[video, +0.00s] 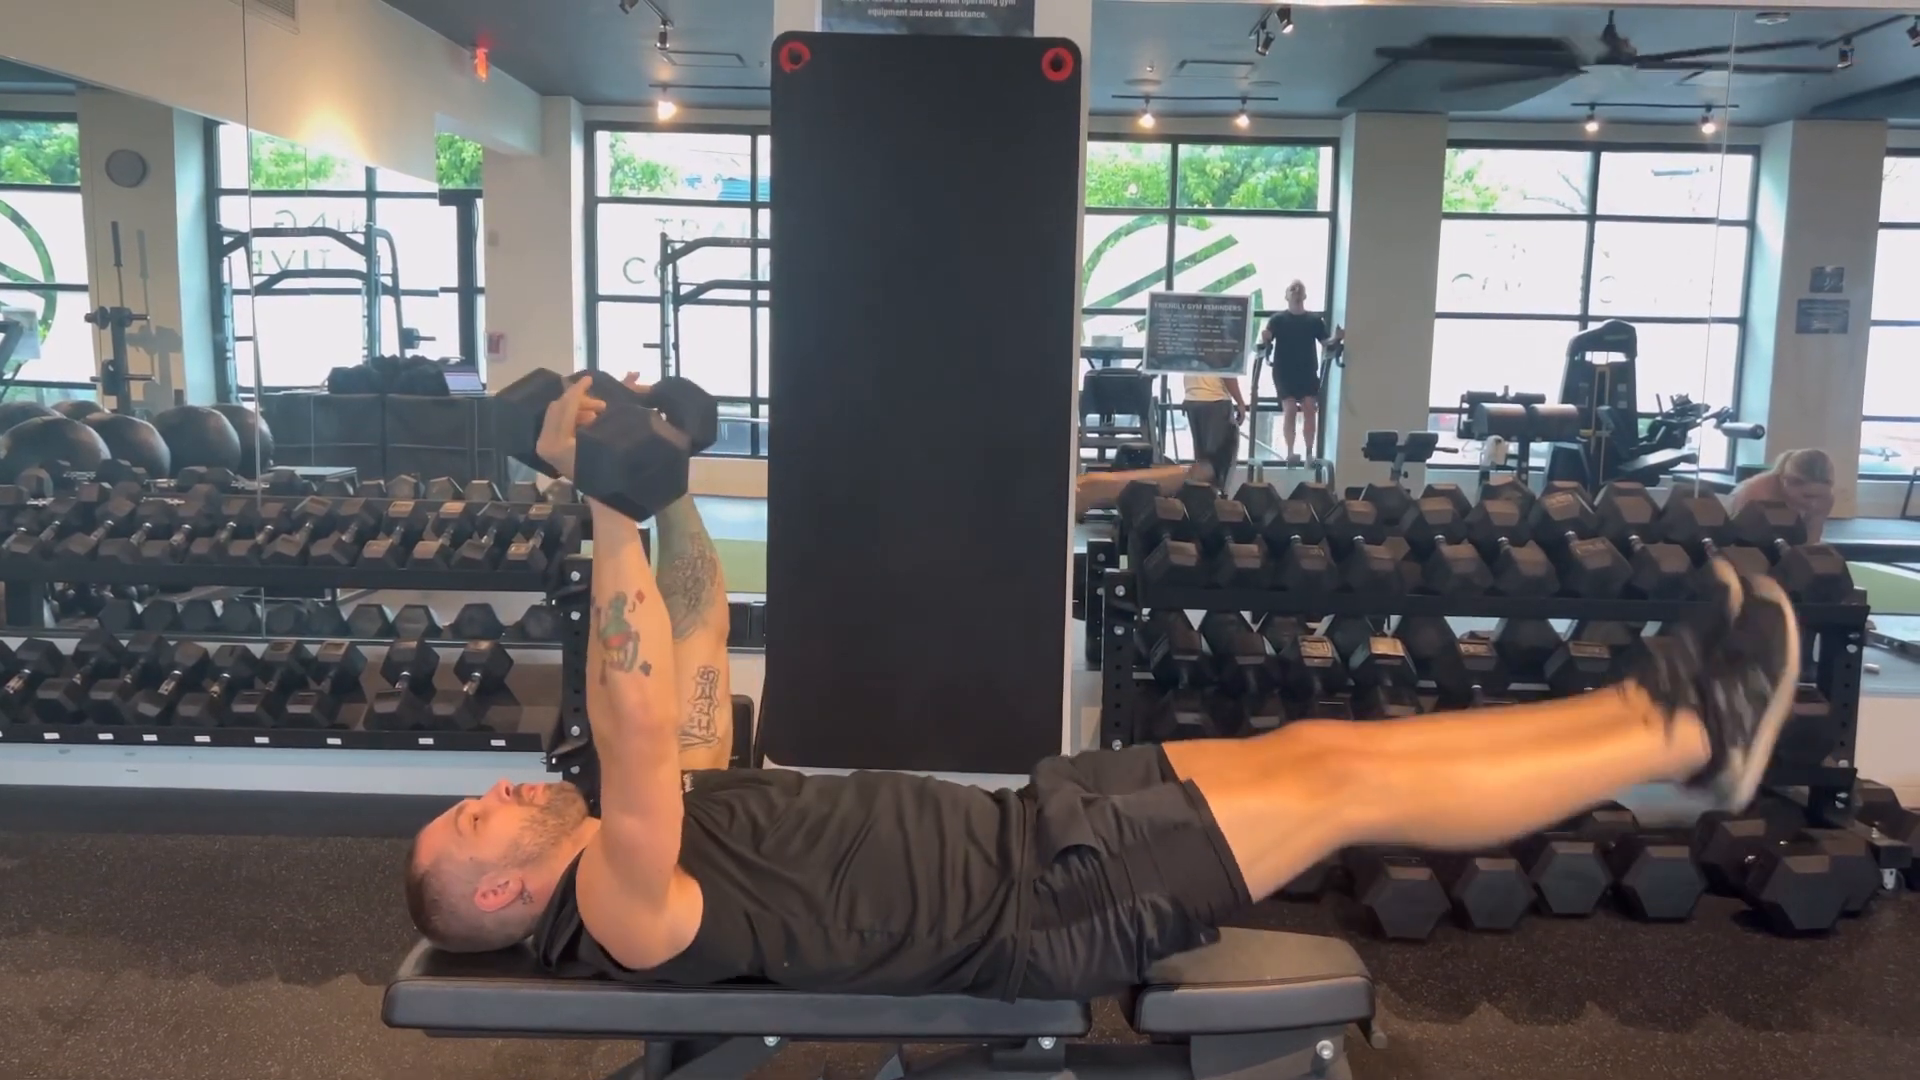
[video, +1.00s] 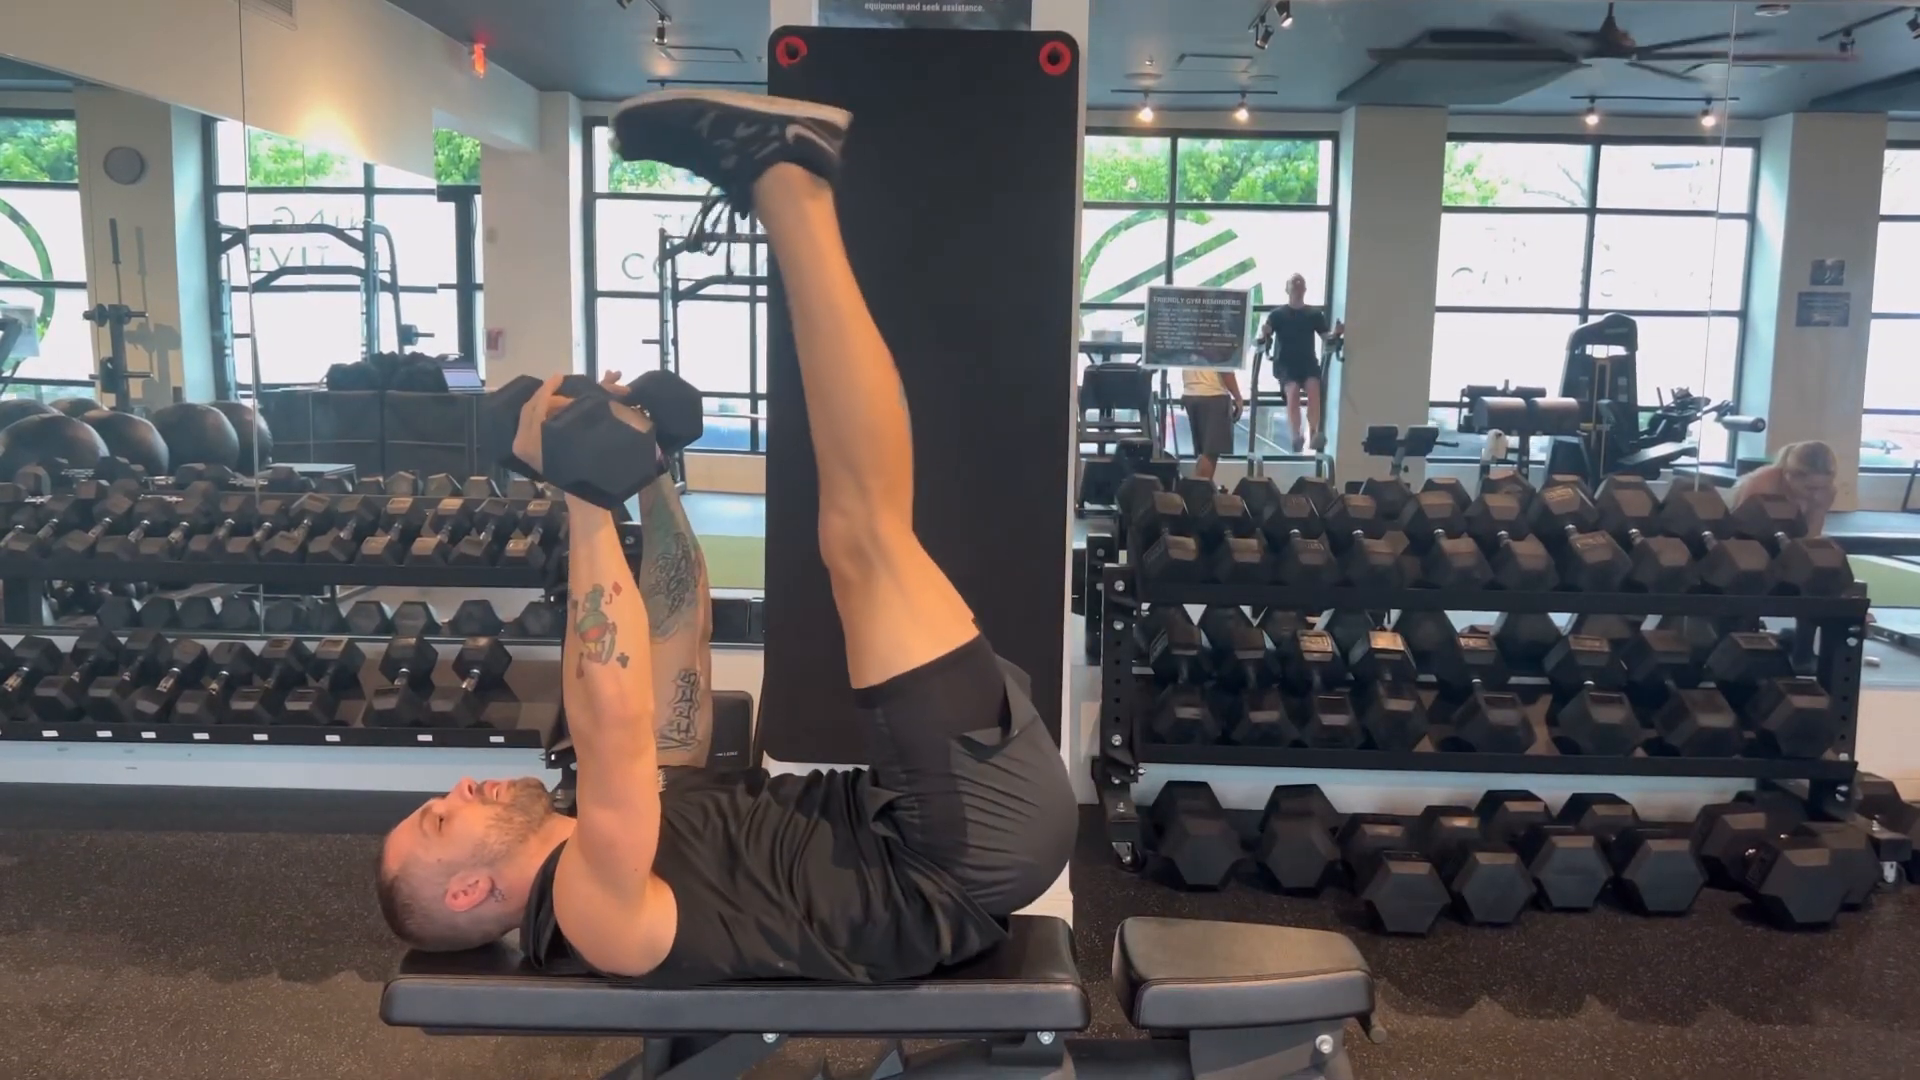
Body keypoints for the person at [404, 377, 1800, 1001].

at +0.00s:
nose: (503, 799)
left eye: (481, 805)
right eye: (484, 834)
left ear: (536, 844)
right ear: (520, 906)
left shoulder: (653, 823)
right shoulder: (628, 899)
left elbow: (698, 656)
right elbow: (631, 688)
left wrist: (651, 494)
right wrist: (613, 508)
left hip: (1043, 813)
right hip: (1050, 895)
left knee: (1333, 746)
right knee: (1346, 774)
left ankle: (1668, 708)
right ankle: (1686, 731)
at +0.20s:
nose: (490, 794)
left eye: (474, 808)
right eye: (474, 833)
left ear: (524, 832)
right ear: (507, 893)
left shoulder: (636, 828)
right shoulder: (625, 907)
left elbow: (686, 646)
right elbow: (628, 690)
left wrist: (634, 472)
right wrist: (620, 504)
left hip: (1005, 821)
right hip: (1032, 889)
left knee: (1249, 631)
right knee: (1259, 650)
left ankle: (1504, 446)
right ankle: (1543, 454)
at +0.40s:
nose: (492, 791)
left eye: (466, 801)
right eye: (467, 823)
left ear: (509, 840)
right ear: (499, 893)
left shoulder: (646, 833)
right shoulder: (620, 907)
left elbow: (691, 643)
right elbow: (630, 724)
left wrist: (647, 482)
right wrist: (607, 500)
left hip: (979, 842)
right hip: (1013, 897)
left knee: (1084, 556)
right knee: (1101, 565)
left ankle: (1214, 246)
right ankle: (1221, 242)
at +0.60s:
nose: (477, 785)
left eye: (447, 797)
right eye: (453, 812)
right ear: (483, 882)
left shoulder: (612, 851)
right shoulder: (602, 900)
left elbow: (682, 641)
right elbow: (620, 703)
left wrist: (644, 478)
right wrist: (594, 498)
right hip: (971, 871)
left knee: (950, 531)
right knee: (947, 534)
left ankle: (941, 182)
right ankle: (939, 175)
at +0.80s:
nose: (473, 783)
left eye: (442, 797)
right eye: (448, 812)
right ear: (481, 887)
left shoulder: (620, 841)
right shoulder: (602, 900)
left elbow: (680, 615)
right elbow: (611, 694)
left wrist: (646, 471)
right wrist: (585, 493)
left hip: (927, 815)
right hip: (968, 841)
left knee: (875, 524)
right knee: (869, 528)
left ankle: (798, 179)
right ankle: (792, 174)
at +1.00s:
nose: (470, 783)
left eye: (441, 797)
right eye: (446, 813)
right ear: (481, 886)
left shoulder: (621, 835)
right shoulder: (602, 900)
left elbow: (679, 629)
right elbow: (609, 693)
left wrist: (647, 470)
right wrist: (581, 496)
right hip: (967, 849)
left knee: (872, 533)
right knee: (865, 537)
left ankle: (791, 185)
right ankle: (785, 181)